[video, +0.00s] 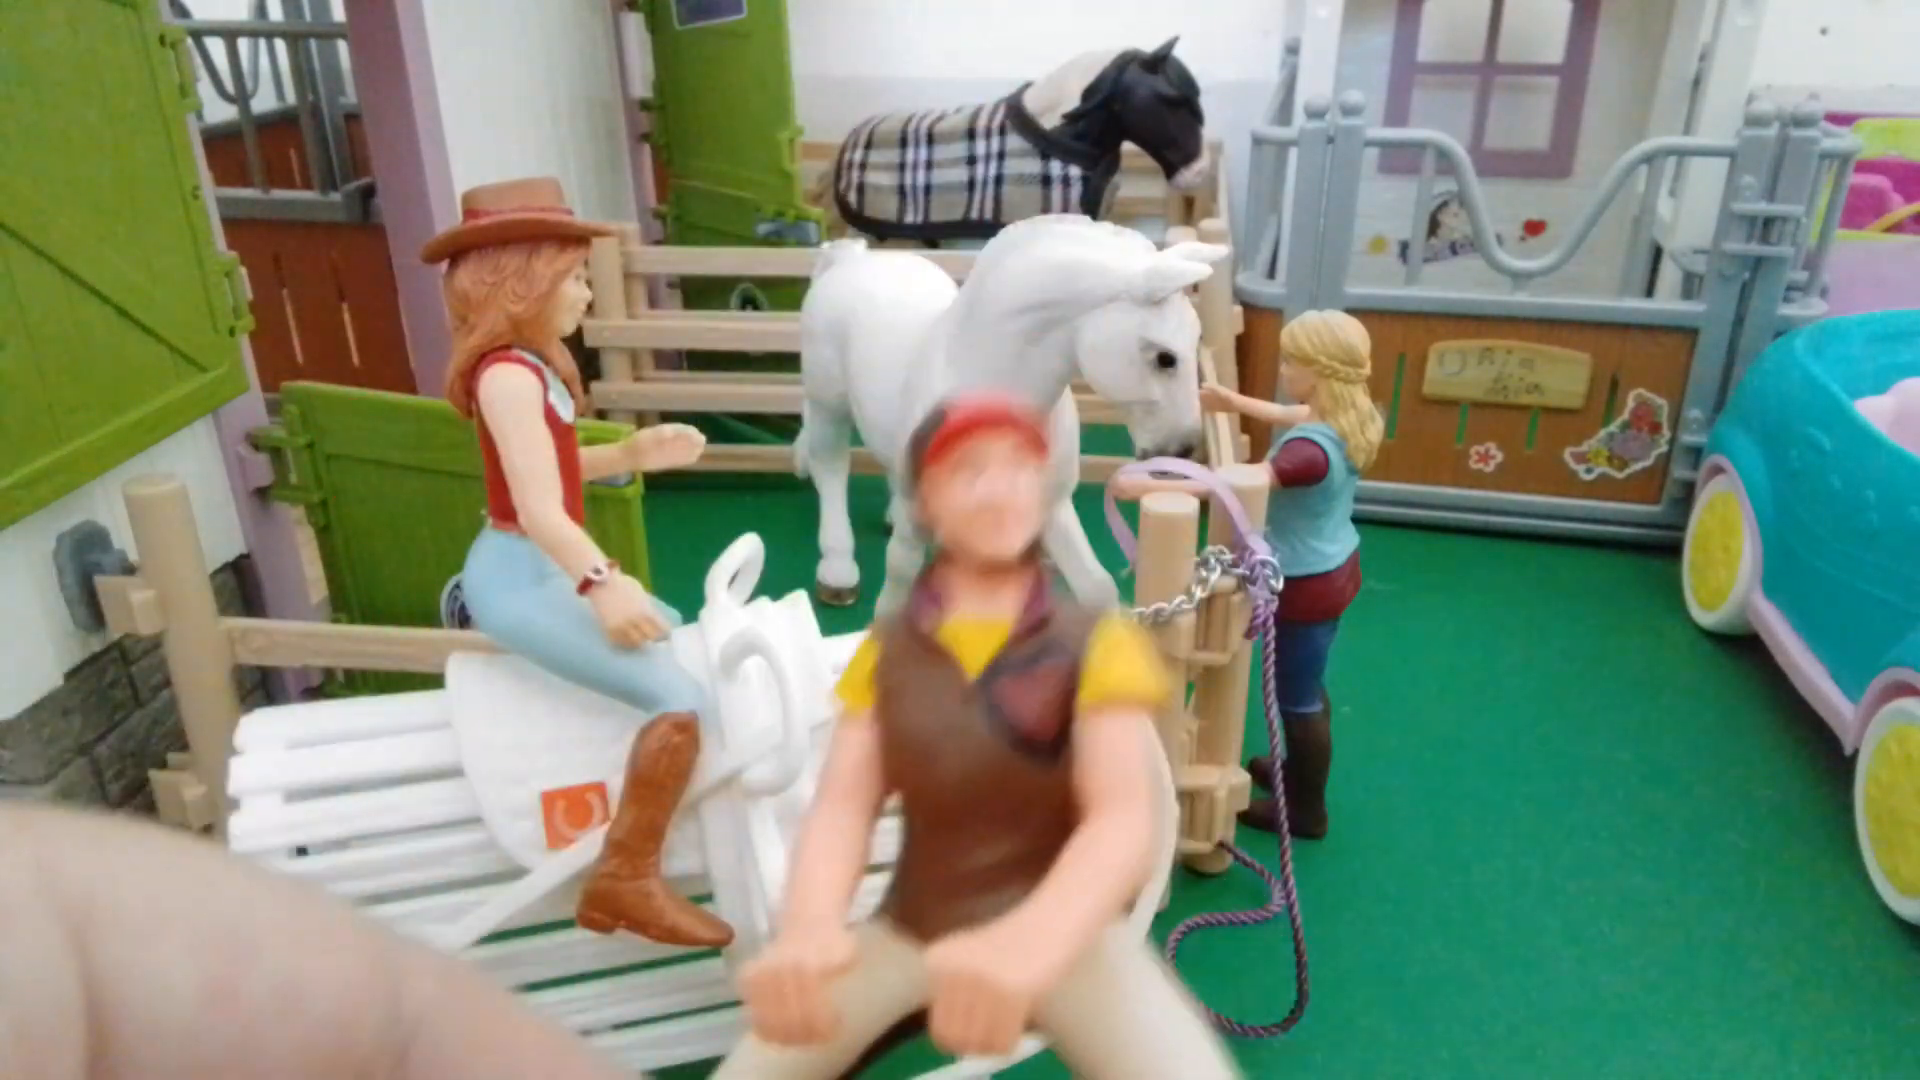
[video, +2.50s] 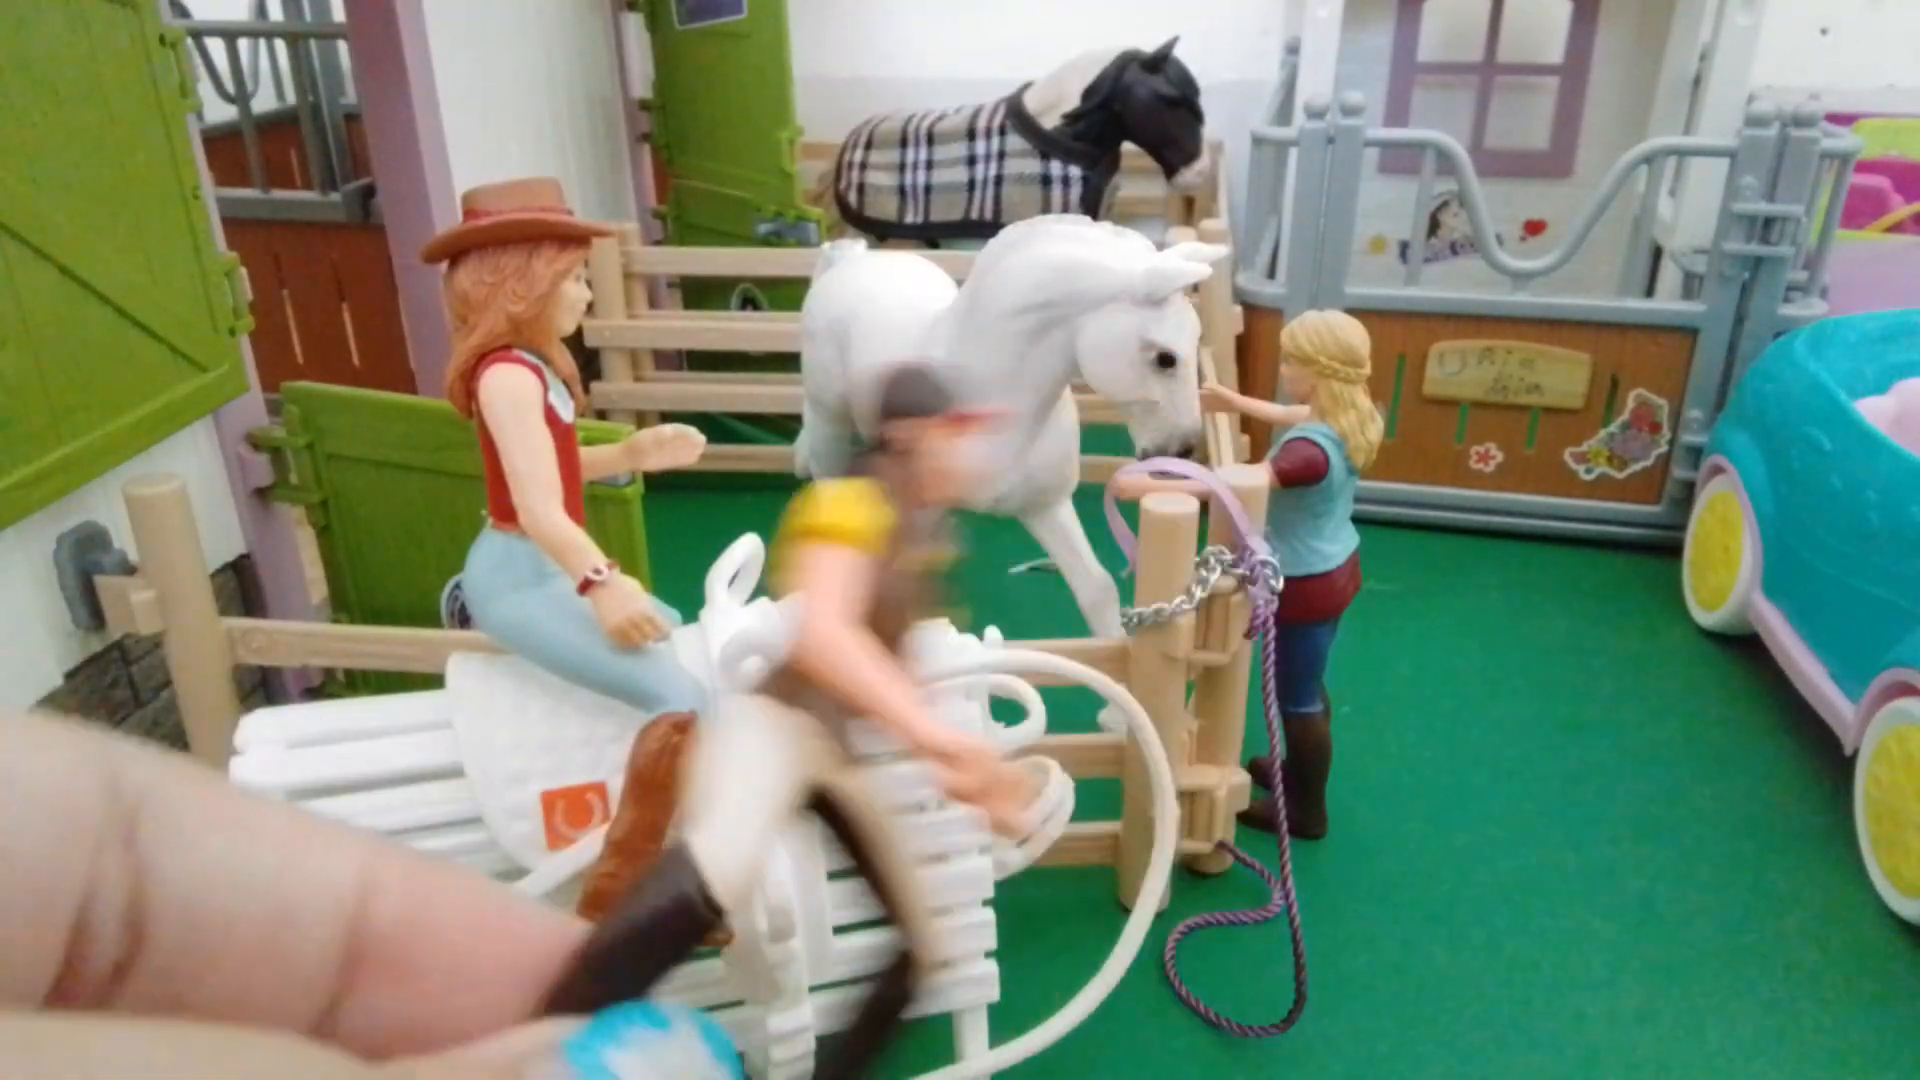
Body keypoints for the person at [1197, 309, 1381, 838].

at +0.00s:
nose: (1282, 371)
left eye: (1290, 362)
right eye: (1285, 360)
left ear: (1319, 373)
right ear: (1335, 374)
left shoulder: (1314, 447)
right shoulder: (1346, 418)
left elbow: (1249, 478)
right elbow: (1288, 415)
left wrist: (1165, 483)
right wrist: (1235, 400)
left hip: (1305, 587)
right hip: (1332, 564)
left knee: (1298, 699)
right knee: (1302, 680)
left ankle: (1304, 812)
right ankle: (1299, 771)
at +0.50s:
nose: (1282, 371)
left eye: (1290, 362)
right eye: (1284, 360)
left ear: (1319, 372)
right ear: (1334, 373)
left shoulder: (1316, 446)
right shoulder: (1348, 417)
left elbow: (1257, 477)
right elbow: (1288, 414)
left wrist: (1189, 481)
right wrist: (1237, 401)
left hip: (1305, 588)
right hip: (1334, 564)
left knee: (1298, 699)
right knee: (1305, 685)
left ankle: (1305, 813)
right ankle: (1303, 795)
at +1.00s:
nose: (1282, 369)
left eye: (1291, 359)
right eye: (1284, 358)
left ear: (1310, 372)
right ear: (1340, 372)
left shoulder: (1317, 444)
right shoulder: (1347, 421)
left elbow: (1258, 475)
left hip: (1308, 579)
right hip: (1335, 559)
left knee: (1299, 699)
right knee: (1308, 685)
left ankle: (1305, 804)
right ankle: (1306, 791)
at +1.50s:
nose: (1280, 369)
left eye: (1288, 362)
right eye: (1284, 360)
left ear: (1314, 374)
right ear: (1331, 372)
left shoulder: (1313, 447)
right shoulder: (1348, 417)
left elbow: (1251, 478)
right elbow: (1288, 416)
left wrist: (1163, 483)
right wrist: (1234, 401)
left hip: (1306, 587)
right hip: (1332, 568)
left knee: (1297, 700)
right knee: (1303, 682)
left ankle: (1305, 812)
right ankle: (1296, 773)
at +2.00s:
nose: (1282, 371)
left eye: (1289, 362)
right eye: (1284, 360)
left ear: (1317, 372)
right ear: (1336, 372)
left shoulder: (1314, 448)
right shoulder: (1348, 417)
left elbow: (1249, 479)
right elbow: (1290, 415)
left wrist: (1176, 484)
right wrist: (1238, 401)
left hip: (1305, 587)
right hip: (1333, 565)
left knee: (1298, 698)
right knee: (1301, 680)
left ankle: (1303, 810)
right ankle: (1298, 772)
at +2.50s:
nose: (1282, 371)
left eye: (1289, 362)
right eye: (1284, 361)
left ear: (1317, 373)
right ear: (1334, 374)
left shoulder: (1314, 448)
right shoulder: (1348, 417)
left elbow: (1243, 479)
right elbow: (1289, 416)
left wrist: (1156, 484)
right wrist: (1236, 400)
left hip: (1304, 588)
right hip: (1332, 567)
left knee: (1299, 700)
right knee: (1301, 682)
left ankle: (1304, 813)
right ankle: (1299, 773)